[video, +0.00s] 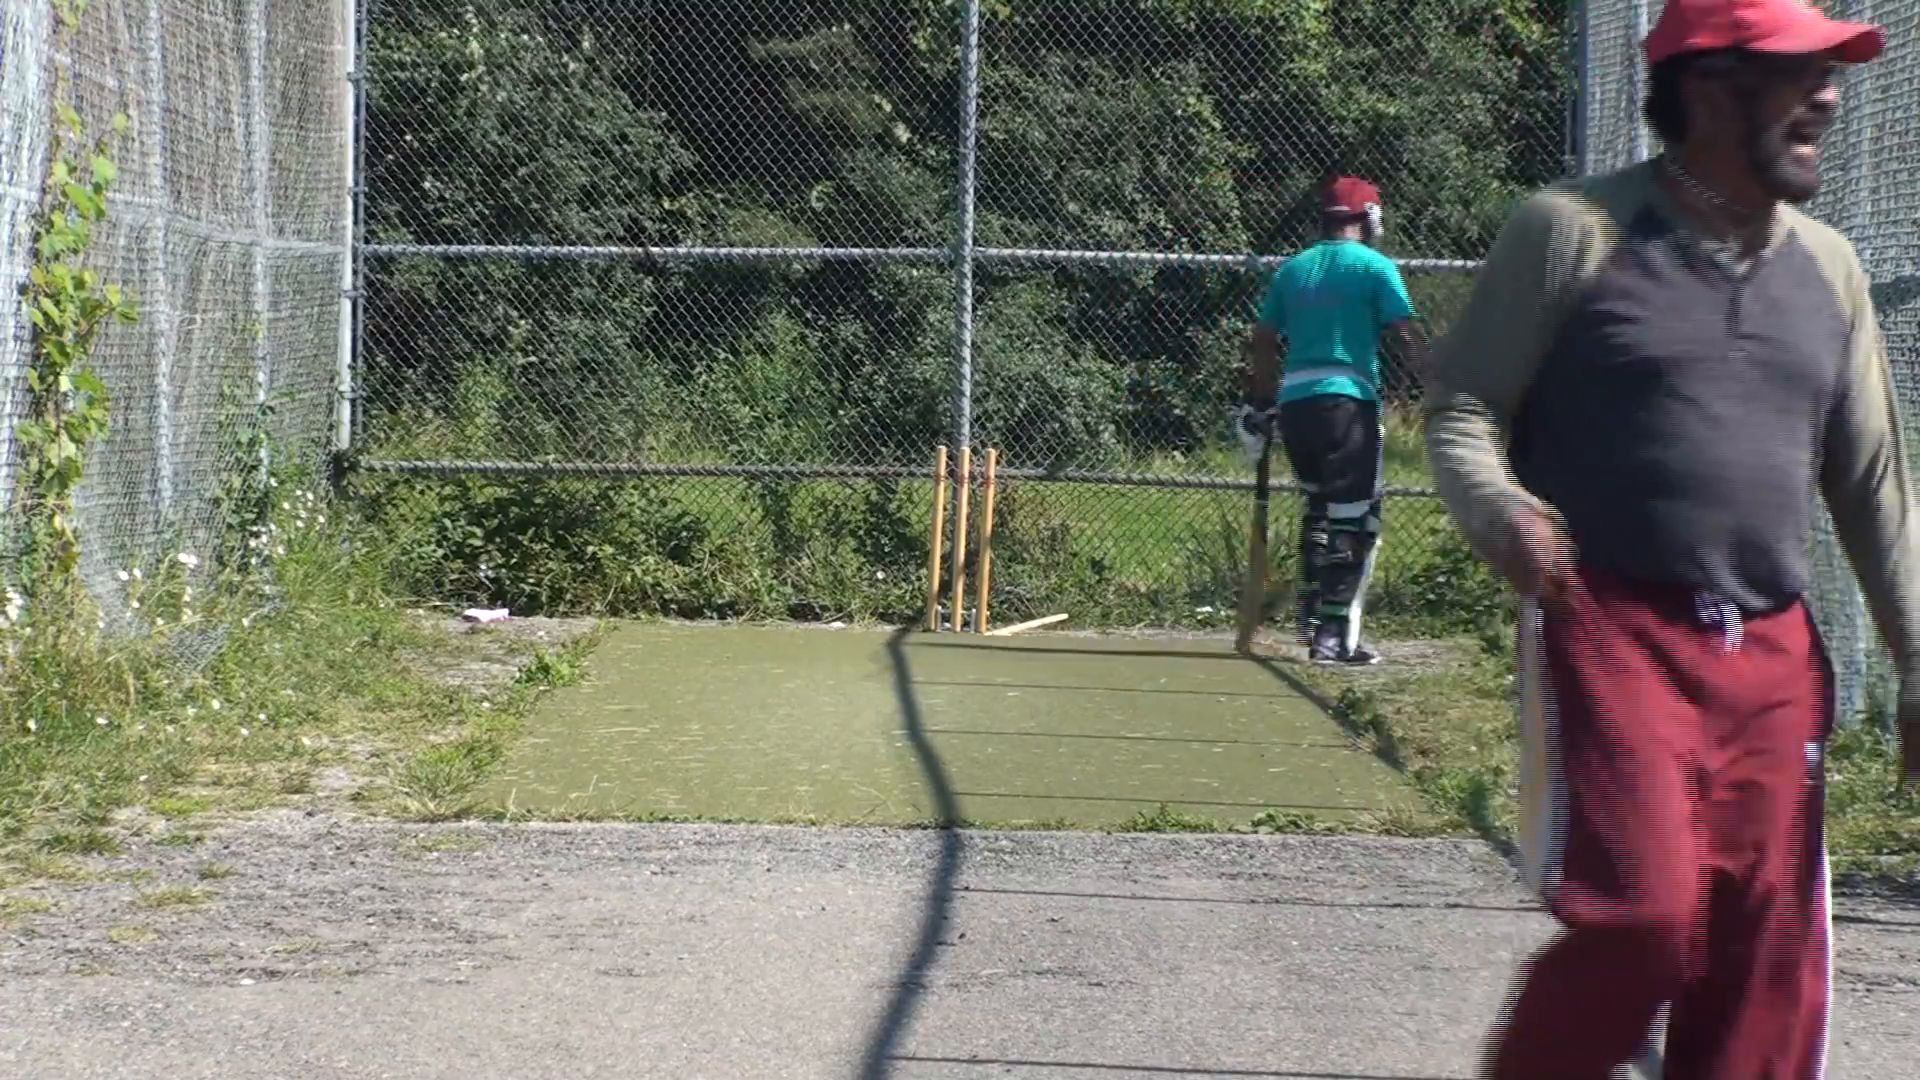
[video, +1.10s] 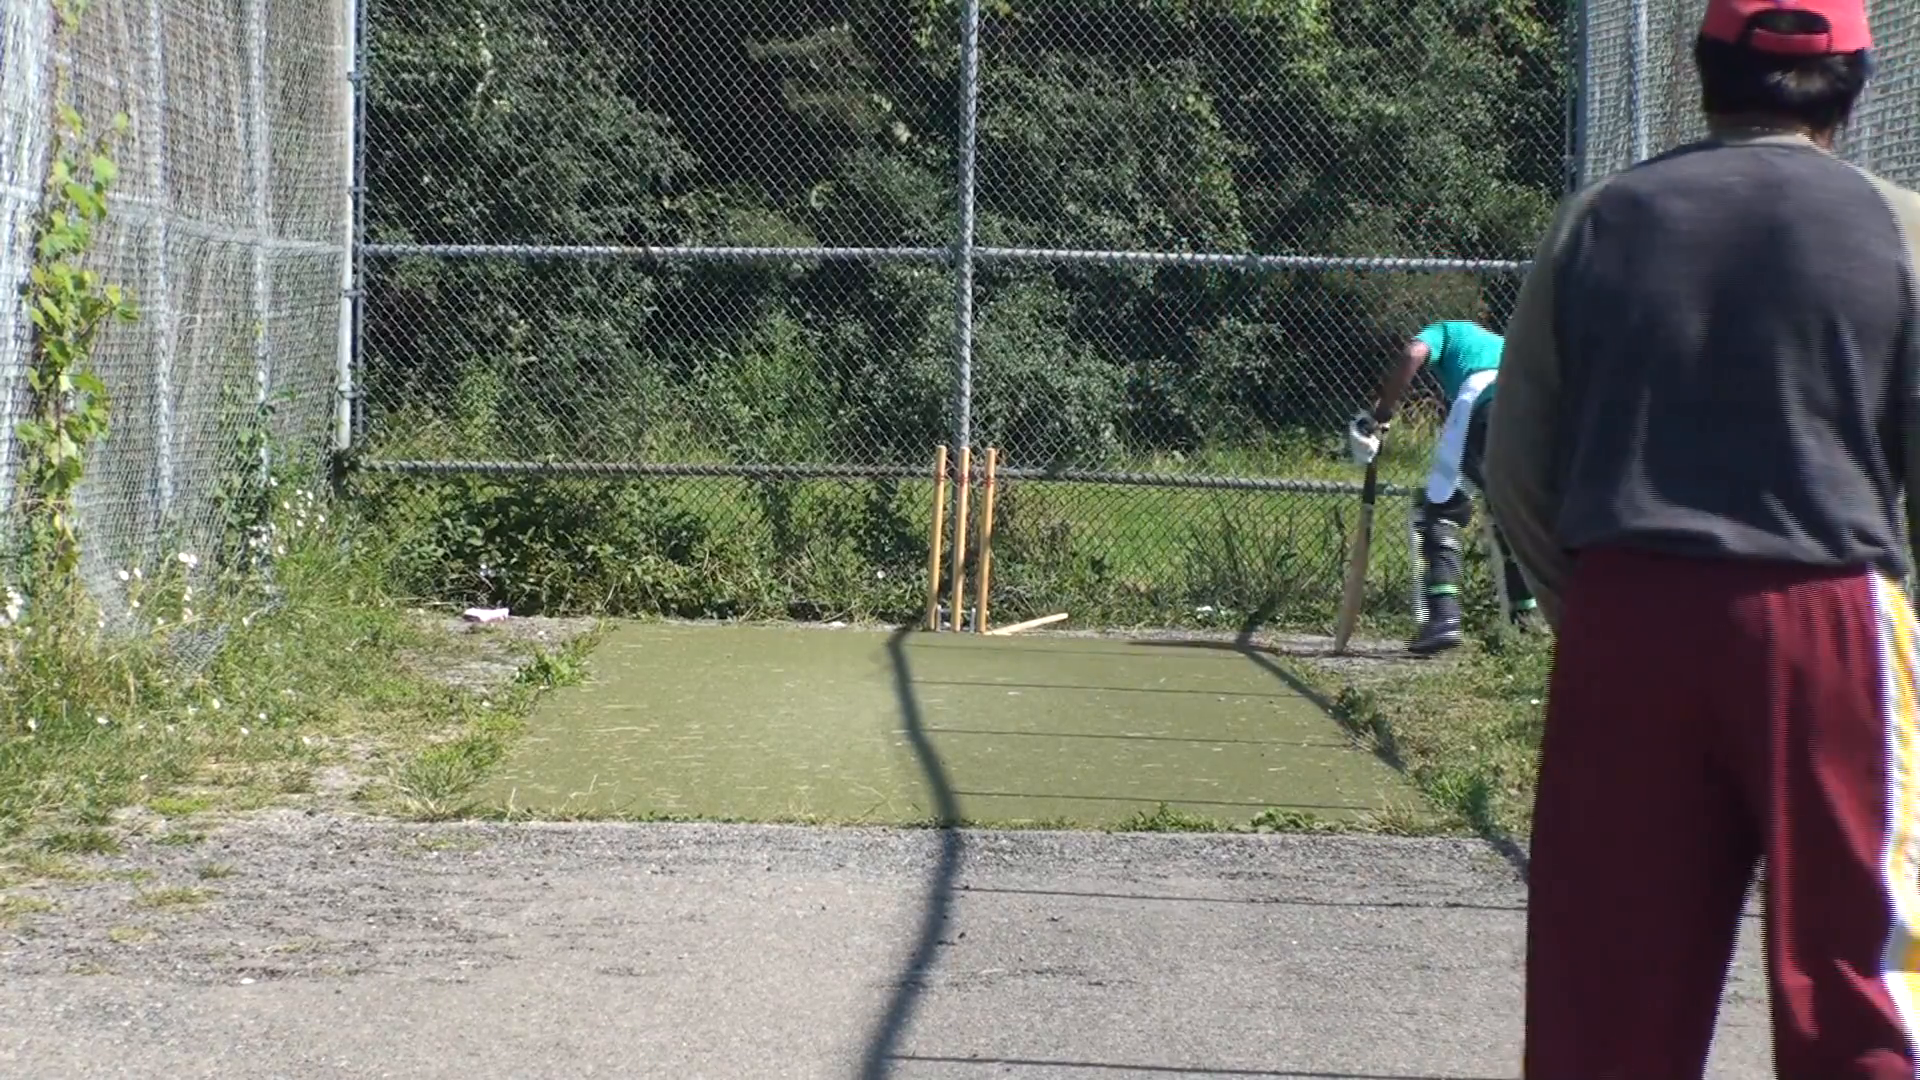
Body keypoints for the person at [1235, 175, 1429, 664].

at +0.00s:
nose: (1380, 227)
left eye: (1377, 220)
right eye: (1377, 220)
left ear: (1327, 222)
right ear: (1367, 221)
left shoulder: (1293, 268)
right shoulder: (1376, 265)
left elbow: (1261, 342)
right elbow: (1407, 338)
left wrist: (1259, 405)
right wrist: (1436, 389)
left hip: (1295, 406)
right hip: (1346, 403)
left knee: (1318, 505)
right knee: (1350, 519)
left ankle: (1312, 616)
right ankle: (1331, 637)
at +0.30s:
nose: (1414, 243)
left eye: (1410, 236)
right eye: (1411, 236)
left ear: (1359, 242)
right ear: (1401, 238)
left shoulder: (1331, 282)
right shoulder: (1417, 278)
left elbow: (1297, 350)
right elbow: (1458, 344)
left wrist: (1293, 412)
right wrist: (1488, 400)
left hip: (1337, 416)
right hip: (1390, 415)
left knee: (1367, 520)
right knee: (1396, 526)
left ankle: (1378, 629)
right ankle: (1343, 617)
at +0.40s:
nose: (1422, 241)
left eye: (1418, 235)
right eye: (1420, 234)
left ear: (1370, 239)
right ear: (1413, 235)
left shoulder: (1343, 279)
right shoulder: (1431, 274)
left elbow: (1314, 351)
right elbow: (1469, 341)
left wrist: (1303, 414)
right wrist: (1488, 403)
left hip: (1351, 415)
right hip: (1407, 414)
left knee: (1373, 516)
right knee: (1431, 520)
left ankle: (1382, 628)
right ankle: (1380, 591)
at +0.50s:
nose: (1433, 238)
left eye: (1429, 233)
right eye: (1431, 232)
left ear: (1381, 235)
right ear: (1426, 233)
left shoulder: (1353, 274)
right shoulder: (1445, 271)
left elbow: (1325, 343)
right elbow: (1480, 340)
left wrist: (1311, 412)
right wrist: (1492, 404)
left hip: (1366, 411)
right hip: (1422, 407)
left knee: (1380, 512)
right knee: (1456, 507)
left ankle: (1381, 633)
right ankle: (1427, 597)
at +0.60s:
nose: (1440, 242)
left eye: (1435, 237)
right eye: (1441, 236)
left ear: (1393, 238)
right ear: (1438, 236)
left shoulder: (1366, 272)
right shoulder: (1460, 274)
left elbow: (1335, 338)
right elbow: (1493, 346)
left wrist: (1322, 405)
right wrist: (1496, 407)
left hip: (1381, 412)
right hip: (1441, 409)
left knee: (1386, 513)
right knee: (1473, 509)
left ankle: (1383, 626)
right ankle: (1480, 611)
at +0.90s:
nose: (1425, 294)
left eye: (1427, 287)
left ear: (1433, 286)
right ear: (1476, 290)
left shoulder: (1424, 302)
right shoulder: (1502, 318)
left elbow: (1390, 348)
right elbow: (1527, 371)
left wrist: (1362, 415)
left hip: (1454, 417)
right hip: (1512, 418)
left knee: (1411, 521)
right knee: (1500, 516)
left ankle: (1390, 630)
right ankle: (1528, 617)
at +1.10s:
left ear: (1446, 332)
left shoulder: (1443, 331)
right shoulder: (1503, 342)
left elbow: (1413, 354)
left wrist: (1381, 415)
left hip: (1483, 385)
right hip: (1529, 386)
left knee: (1441, 508)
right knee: (1509, 502)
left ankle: (1444, 617)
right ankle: (1523, 611)